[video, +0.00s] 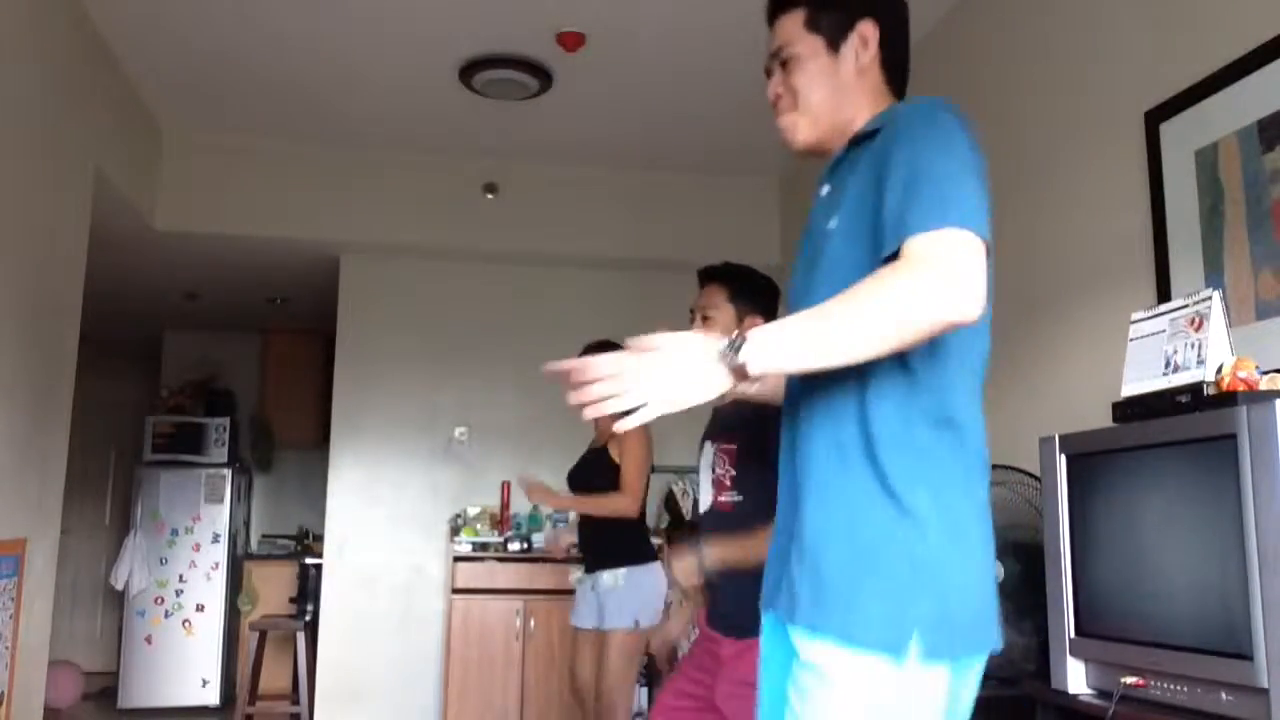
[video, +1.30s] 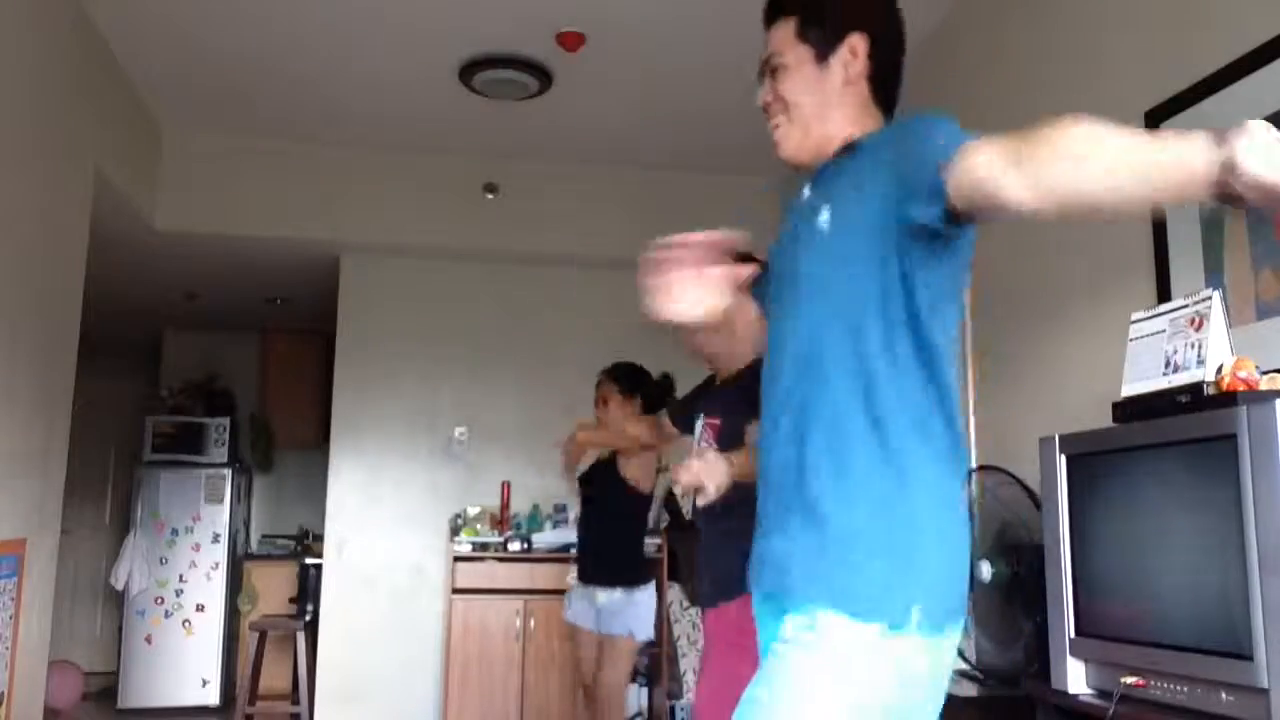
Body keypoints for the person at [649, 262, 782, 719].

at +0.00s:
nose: (694, 332)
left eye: (707, 319)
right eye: (694, 319)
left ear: (752, 328)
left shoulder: (784, 417)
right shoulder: (723, 417)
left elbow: (801, 528)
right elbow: (715, 525)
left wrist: (705, 554)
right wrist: (681, 614)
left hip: (764, 643)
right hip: (713, 636)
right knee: (667, 713)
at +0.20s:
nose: (698, 311)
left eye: (711, 295)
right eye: (697, 297)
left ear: (755, 299)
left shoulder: (789, 378)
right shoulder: (717, 390)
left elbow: (791, 487)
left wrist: (706, 462)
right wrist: (661, 472)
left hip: (761, 611)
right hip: (703, 605)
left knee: (752, 712)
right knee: (686, 712)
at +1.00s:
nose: (705, 316)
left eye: (718, 299)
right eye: (702, 300)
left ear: (753, 307)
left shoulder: (781, 374)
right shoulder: (714, 387)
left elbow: (785, 470)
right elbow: (668, 451)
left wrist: (688, 455)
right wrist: (601, 475)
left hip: (768, 610)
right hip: (709, 606)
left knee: (757, 708)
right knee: (702, 711)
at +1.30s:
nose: (695, 343)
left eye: (704, 327)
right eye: (689, 331)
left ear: (743, 311)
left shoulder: (773, 377)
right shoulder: (712, 389)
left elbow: (777, 453)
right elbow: (659, 429)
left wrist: (729, 466)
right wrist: (588, 435)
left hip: (762, 590)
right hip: (716, 593)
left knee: (718, 706)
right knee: (709, 706)